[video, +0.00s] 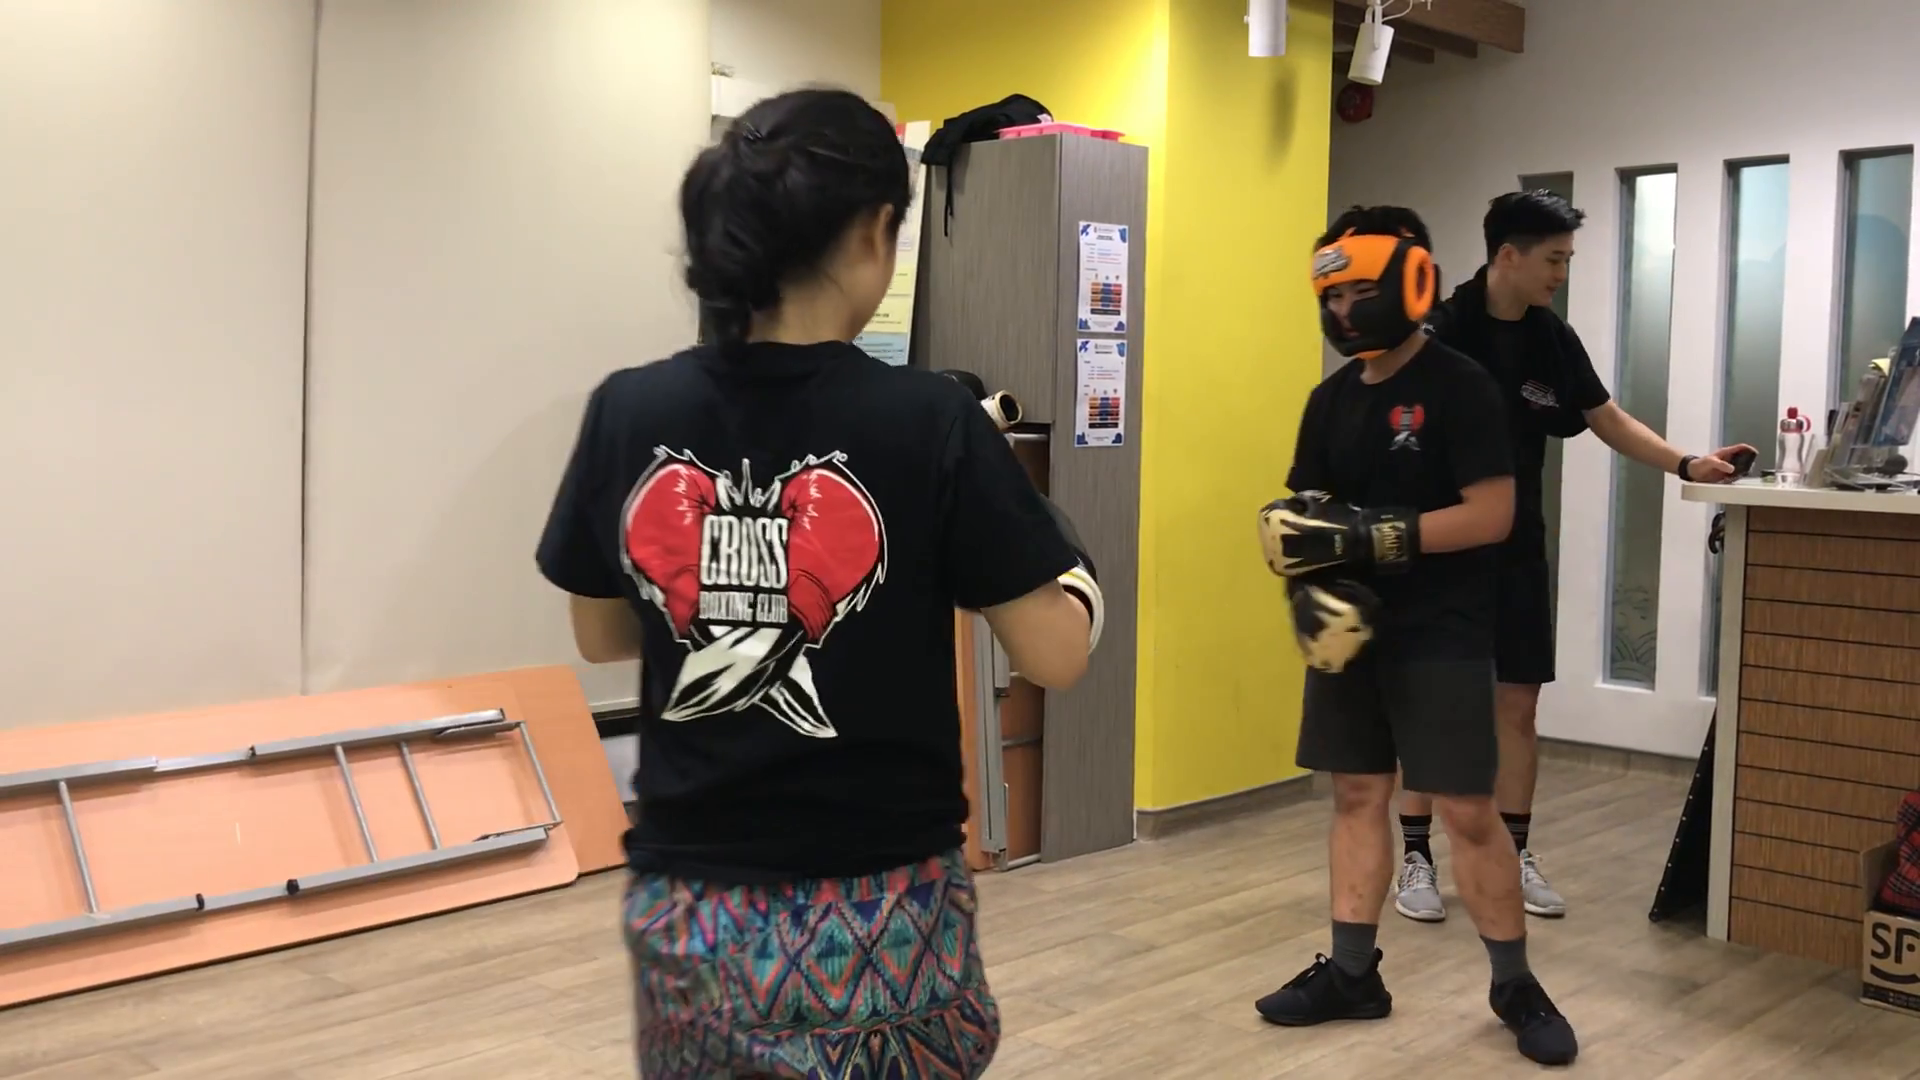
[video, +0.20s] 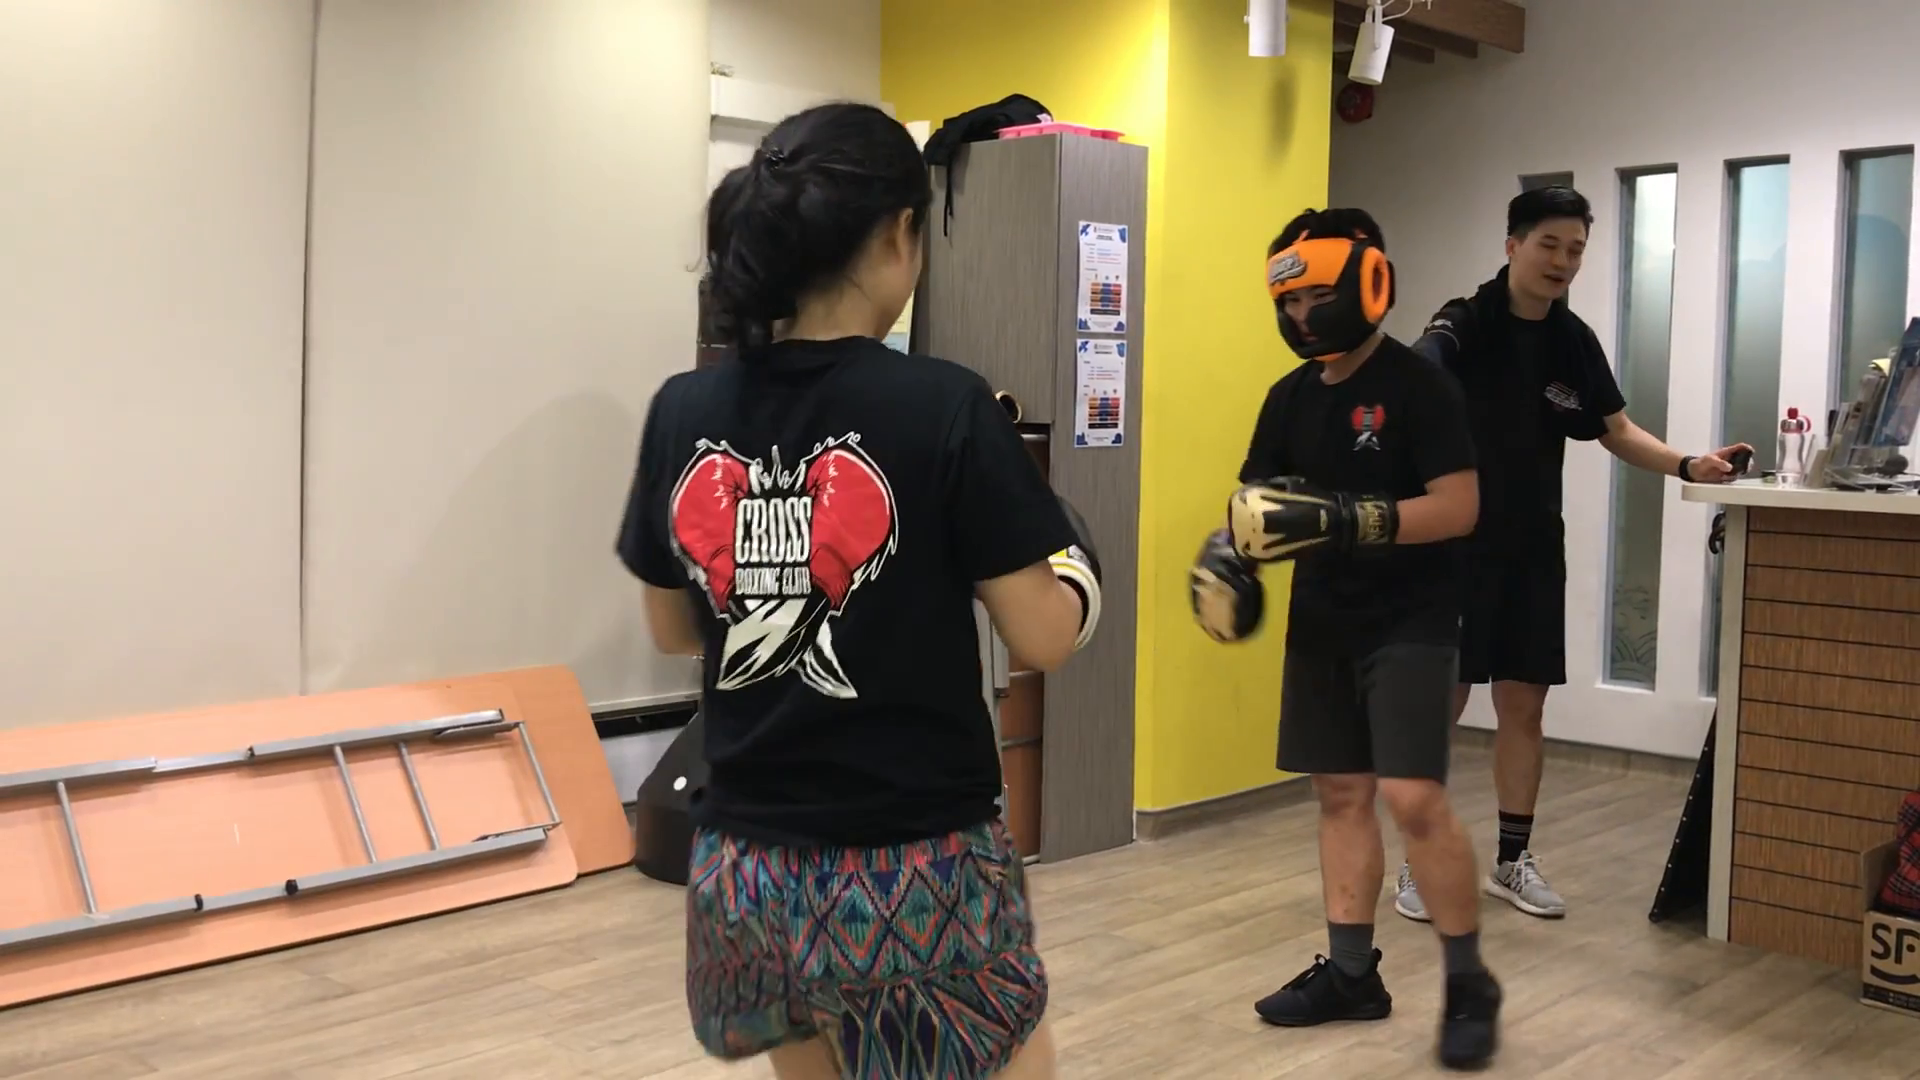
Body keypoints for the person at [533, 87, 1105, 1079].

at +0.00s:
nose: (897, 256)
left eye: (898, 230)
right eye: (898, 229)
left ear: (729, 225)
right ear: (872, 235)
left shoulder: (627, 410)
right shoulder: (929, 420)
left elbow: (601, 631)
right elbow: (1058, 656)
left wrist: (728, 569)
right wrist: (1068, 571)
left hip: (685, 908)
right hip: (883, 909)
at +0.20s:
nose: (916, 260)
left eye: (915, 234)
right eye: (917, 232)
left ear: (768, 234)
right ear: (896, 237)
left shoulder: (684, 409)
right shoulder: (946, 407)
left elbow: (674, 627)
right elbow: (1043, 637)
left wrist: (776, 560)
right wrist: (1064, 565)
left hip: (744, 863)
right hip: (924, 869)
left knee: (804, 1064)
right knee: (1011, 1057)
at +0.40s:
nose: (962, 263)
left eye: (960, 236)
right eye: (962, 234)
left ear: (820, 239)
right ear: (940, 234)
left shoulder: (747, 401)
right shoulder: (980, 379)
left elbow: (752, 616)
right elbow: (1093, 599)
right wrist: (1124, 520)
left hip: (798, 835)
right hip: (971, 831)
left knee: (848, 1067)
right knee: (1061, 1062)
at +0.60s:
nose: (1038, 269)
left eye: (1035, 245)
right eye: (1037, 244)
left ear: (896, 252)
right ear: (1019, 251)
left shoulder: (833, 414)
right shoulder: (1079, 403)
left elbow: (833, 624)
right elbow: (1188, 605)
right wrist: (1169, 494)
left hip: (883, 834)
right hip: (1054, 839)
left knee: (894, 1064)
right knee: (1089, 1063)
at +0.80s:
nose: (1122, 258)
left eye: (1117, 236)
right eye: (1120, 239)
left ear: (973, 250)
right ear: (1108, 257)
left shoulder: (919, 406)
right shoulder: (1177, 406)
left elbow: (896, 604)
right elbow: (1269, 597)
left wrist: (998, 523)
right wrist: (1181, 505)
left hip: (964, 817)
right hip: (1129, 821)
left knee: (969, 1064)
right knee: (1120, 1062)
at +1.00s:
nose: (1157, 249)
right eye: (1157, 232)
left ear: (1011, 247)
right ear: (1146, 252)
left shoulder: (956, 406)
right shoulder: (1211, 403)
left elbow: (931, 598)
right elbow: (1293, 584)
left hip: (996, 812)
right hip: (1163, 820)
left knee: (986, 1050)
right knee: (1134, 1064)